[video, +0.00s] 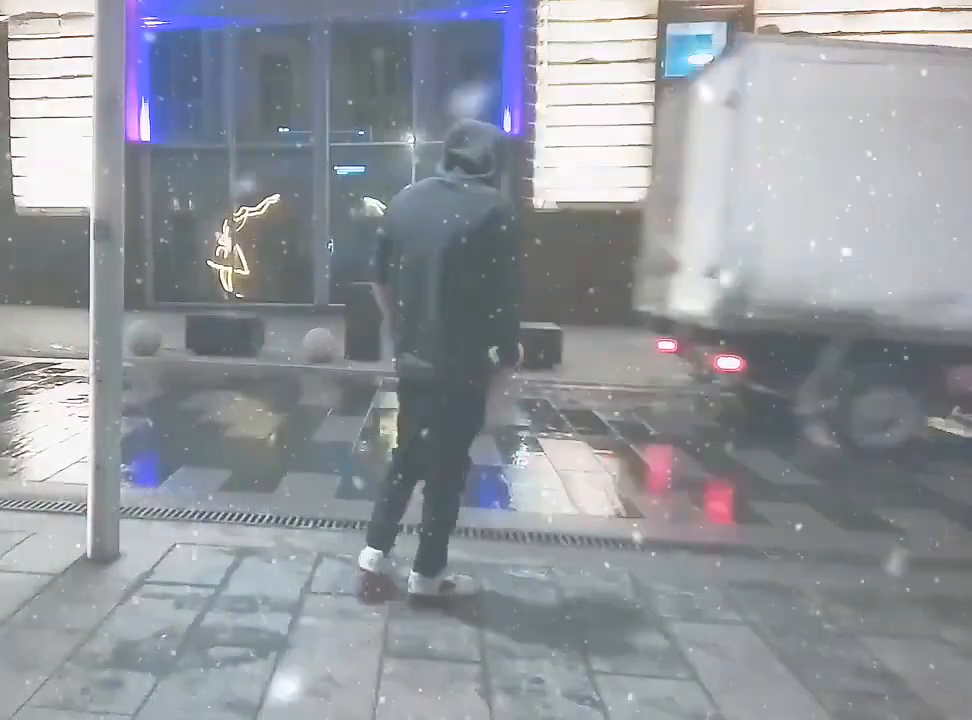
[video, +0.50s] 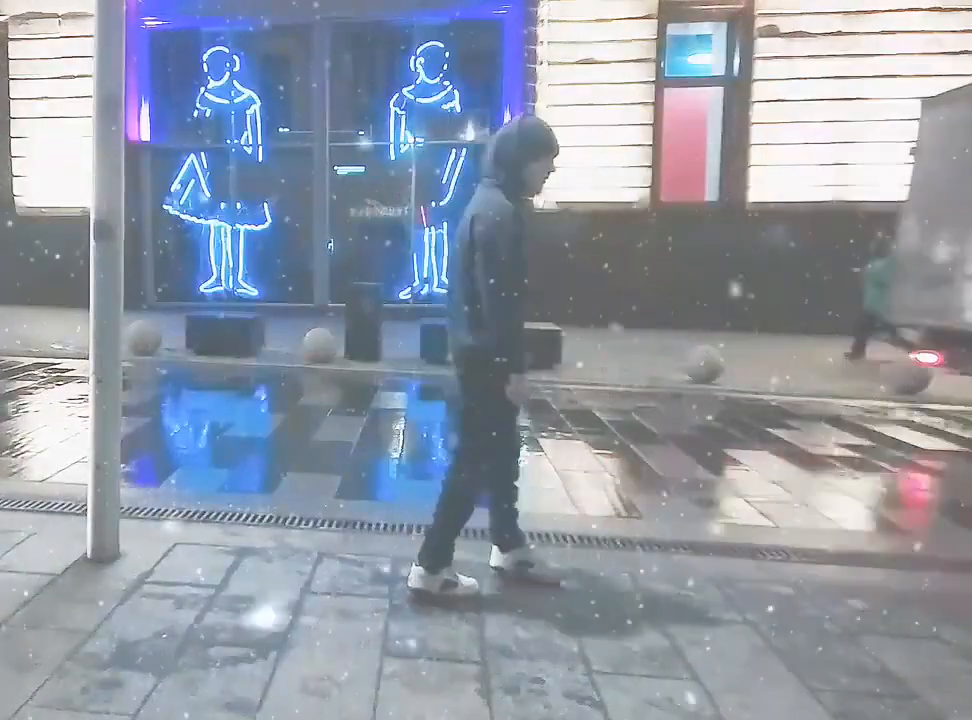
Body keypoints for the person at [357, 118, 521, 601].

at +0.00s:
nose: (499, 172)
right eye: (497, 165)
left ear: (448, 157)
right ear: (490, 163)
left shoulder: (407, 198)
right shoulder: (495, 211)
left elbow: (379, 274)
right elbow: (508, 296)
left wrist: (400, 329)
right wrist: (506, 357)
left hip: (413, 353)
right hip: (463, 358)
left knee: (406, 456)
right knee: (448, 468)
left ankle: (373, 555)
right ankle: (426, 574)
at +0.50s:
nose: (549, 173)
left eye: (551, 164)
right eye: (545, 163)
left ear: (511, 162)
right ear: (520, 160)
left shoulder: (490, 204)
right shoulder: (497, 211)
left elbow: (494, 293)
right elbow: (496, 295)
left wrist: (507, 356)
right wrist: (510, 366)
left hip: (482, 350)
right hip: (482, 353)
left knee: (502, 449)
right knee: (474, 459)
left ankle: (509, 549)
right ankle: (430, 566)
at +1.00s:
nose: (564, 167)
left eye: (570, 158)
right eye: (555, 157)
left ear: (573, 161)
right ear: (531, 156)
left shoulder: (574, 219)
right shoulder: (498, 214)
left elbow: (599, 278)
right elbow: (474, 287)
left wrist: (626, 324)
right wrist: (471, 351)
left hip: (552, 354)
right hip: (507, 352)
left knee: (535, 464)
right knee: (521, 465)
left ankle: (515, 554)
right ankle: (506, 561)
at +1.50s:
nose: (564, 158)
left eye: (572, 149)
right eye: (554, 148)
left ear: (582, 158)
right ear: (532, 153)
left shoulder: (591, 218)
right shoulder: (501, 213)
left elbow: (608, 292)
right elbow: (483, 292)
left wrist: (613, 355)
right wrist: (493, 356)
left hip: (578, 362)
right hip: (522, 362)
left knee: (594, 465)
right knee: (532, 475)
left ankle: (546, 524)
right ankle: (536, 575)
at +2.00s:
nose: (565, 149)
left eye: (577, 140)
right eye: (556, 140)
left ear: (594, 149)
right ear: (540, 148)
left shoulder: (617, 215)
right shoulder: (510, 209)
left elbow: (633, 291)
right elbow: (489, 293)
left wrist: (621, 355)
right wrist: (491, 362)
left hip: (593, 372)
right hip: (526, 372)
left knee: (602, 493)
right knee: (529, 486)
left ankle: (617, 612)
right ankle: (539, 578)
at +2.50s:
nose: (594, 137)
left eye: (606, 126)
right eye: (584, 128)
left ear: (628, 136)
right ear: (572, 140)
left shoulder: (666, 205)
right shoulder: (552, 207)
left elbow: (691, 289)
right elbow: (530, 293)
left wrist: (653, 353)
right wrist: (507, 351)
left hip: (629, 387)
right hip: (558, 384)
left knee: (627, 516)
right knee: (537, 497)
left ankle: (615, 627)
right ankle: (544, 573)